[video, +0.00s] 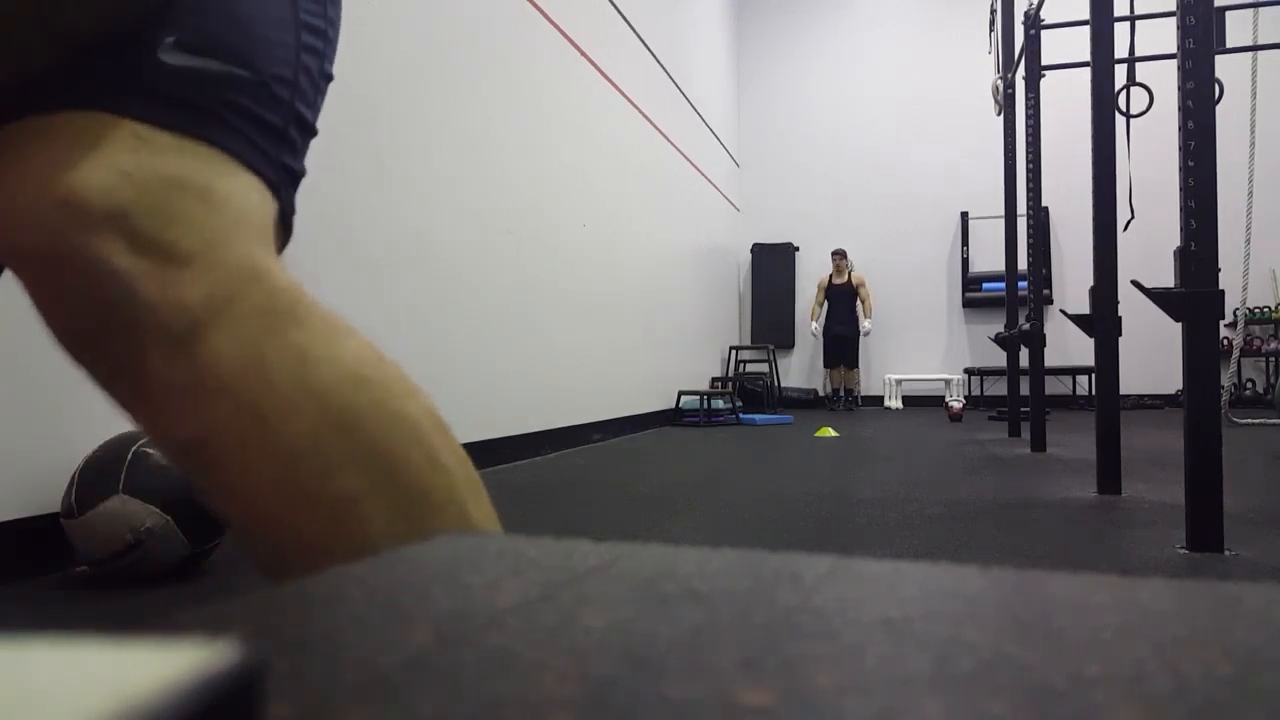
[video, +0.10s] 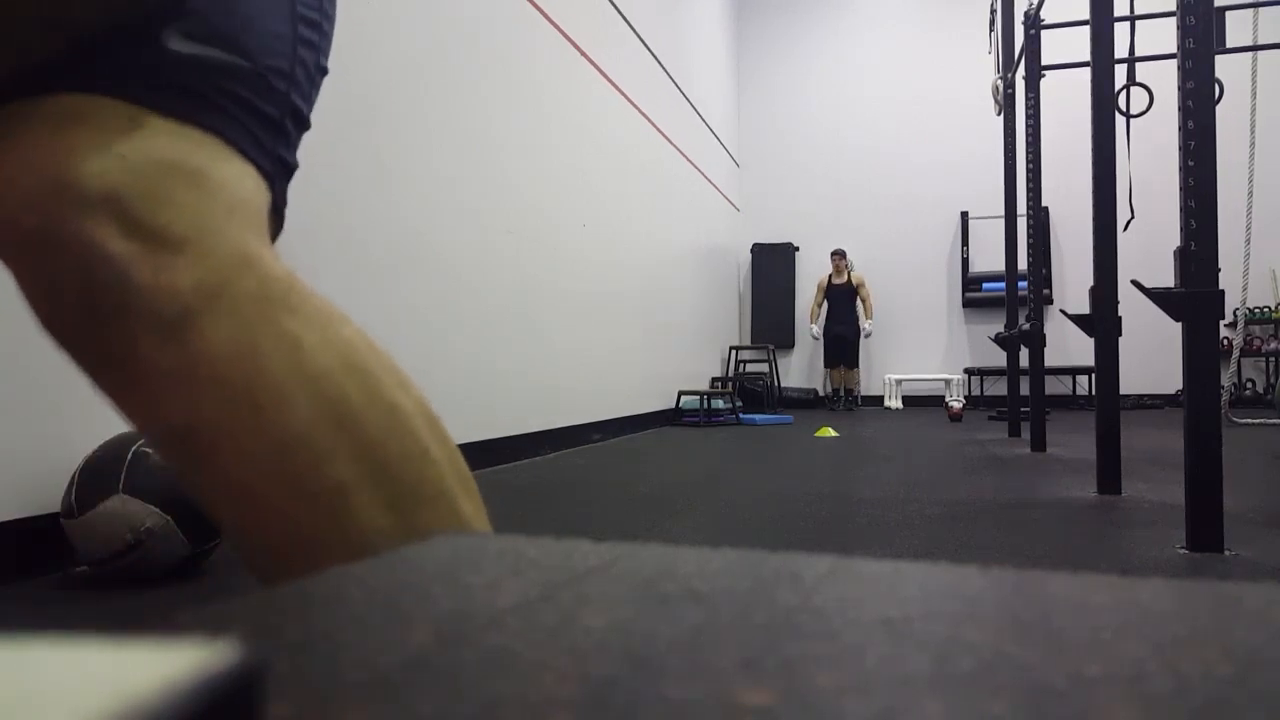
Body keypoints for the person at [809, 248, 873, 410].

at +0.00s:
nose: (837, 263)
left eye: (840, 260)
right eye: (834, 260)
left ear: (846, 261)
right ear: (831, 262)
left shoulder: (856, 279)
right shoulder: (825, 282)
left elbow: (865, 300)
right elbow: (818, 303)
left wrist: (867, 319)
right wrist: (814, 321)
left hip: (850, 327)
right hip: (831, 328)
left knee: (849, 365)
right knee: (834, 365)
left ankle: (849, 398)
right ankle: (835, 397)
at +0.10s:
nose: (837, 263)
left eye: (840, 260)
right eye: (834, 260)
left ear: (846, 262)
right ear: (830, 262)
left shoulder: (856, 279)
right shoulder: (824, 282)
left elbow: (865, 300)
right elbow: (817, 304)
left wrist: (868, 320)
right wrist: (813, 323)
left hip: (850, 327)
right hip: (831, 328)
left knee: (849, 365)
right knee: (834, 365)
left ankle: (849, 398)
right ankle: (836, 397)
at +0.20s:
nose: (836, 264)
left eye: (839, 260)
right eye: (833, 261)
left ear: (845, 262)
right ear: (829, 263)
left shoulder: (855, 279)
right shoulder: (823, 282)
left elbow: (870, 296)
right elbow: (812, 303)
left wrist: (869, 316)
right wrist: (813, 321)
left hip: (851, 327)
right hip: (832, 328)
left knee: (850, 366)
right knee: (834, 366)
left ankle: (849, 398)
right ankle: (835, 398)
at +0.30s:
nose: (835, 264)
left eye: (838, 261)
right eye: (832, 262)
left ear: (844, 262)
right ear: (829, 264)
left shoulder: (855, 279)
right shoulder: (823, 283)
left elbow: (871, 292)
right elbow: (810, 300)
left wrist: (869, 312)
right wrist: (815, 318)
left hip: (853, 326)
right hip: (833, 327)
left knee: (852, 365)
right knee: (835, 366)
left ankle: (850, 397)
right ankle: (836, 397)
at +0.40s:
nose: (836, 265)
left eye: (838, 261)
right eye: (833, 262)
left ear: (844, 262)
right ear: (829, 265)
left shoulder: (856, 279)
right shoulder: (824, 282)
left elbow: (871, 291)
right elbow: (811, 300)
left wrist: (869, 311)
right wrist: (817, 318)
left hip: (854, 326)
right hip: (834, 327)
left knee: (856, 364)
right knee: (835, 366)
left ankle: (856, 396)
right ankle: (836, 398)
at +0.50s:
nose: (838, 265)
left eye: (840, 262)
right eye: (835, 262)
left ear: (846, 262)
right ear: (831, 265)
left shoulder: (858, 279)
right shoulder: (825, 283)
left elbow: (871, 293)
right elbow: (815, 301)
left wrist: (869, 314)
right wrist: (818, 321)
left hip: (855, 326)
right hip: (835, 328)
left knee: (859, 364)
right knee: (836, 366)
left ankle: (860, 395)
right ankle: (837, 398)